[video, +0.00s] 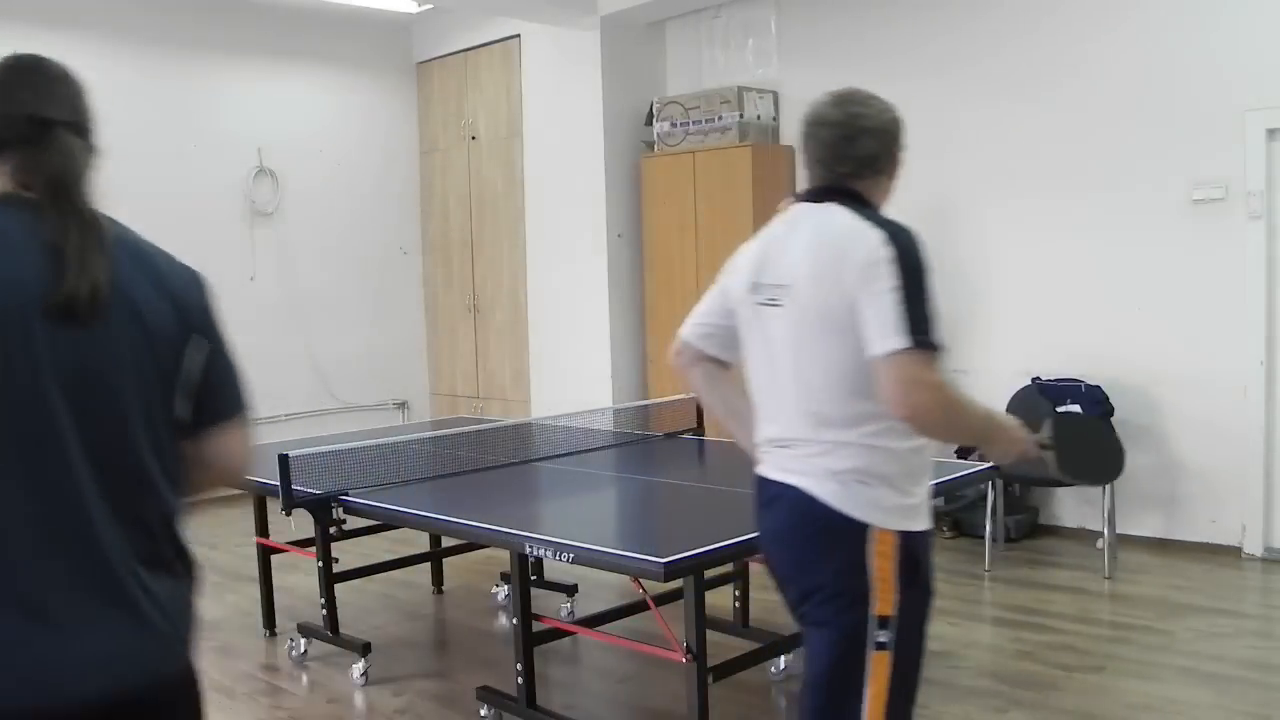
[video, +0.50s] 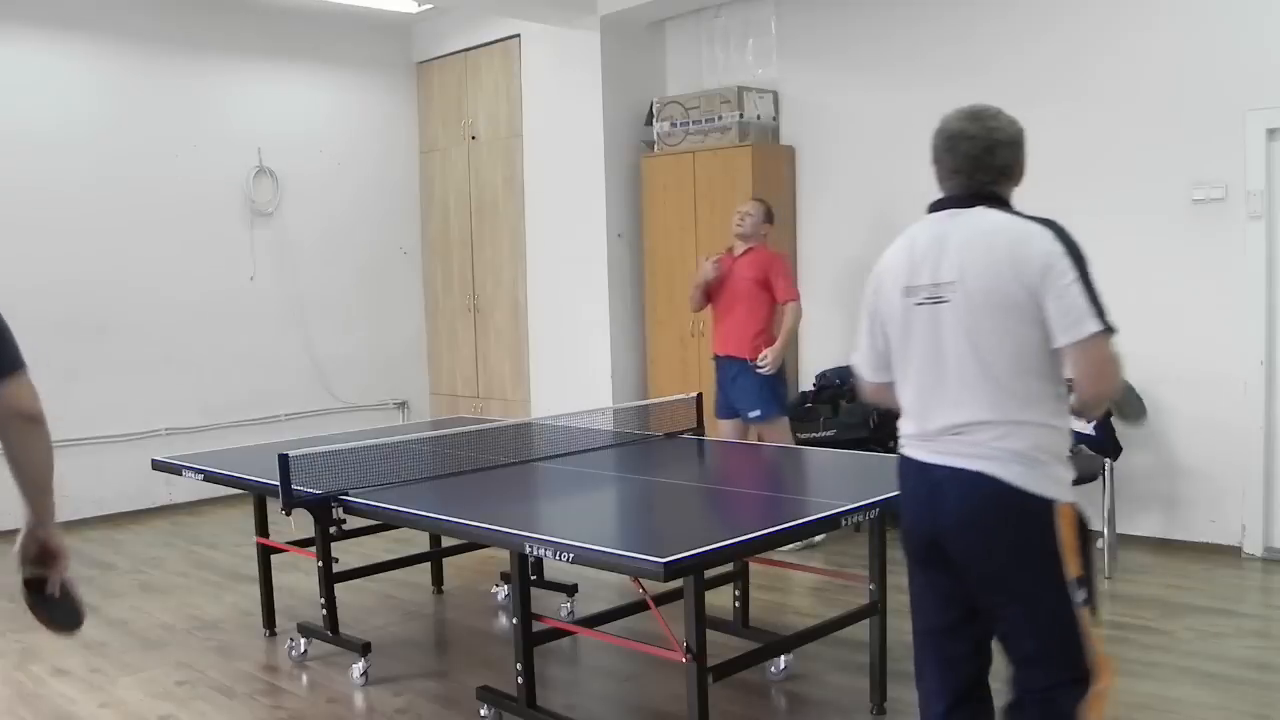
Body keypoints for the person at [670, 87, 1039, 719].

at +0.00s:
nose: (899, 165)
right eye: (897, 155)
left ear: (811, 161)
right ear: (890, 164)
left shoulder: (763, 245)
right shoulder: (880, 243)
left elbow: (694, 352)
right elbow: (911, 392)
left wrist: (764, 442)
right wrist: (996, 433)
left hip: (782, 506)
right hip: (862, 519)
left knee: (832, 692)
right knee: (867, 702)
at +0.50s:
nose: (1024, 167)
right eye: (1020, 158)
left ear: (941, 168)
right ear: (1016, 168)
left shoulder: (897, 255)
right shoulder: (1039, 243)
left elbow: (875, 387)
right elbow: (1098, 384)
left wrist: (944, 393)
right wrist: (1083, 399)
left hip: (921, 490)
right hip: (1010, 497)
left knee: (947, 681)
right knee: (1055, 676)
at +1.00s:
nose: (1083, 175)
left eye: (1086, 167)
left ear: (1087, 173)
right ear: (1161, 178)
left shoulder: (1040, 253)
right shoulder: (1198, 255)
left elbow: (996, 365)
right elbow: (1245, 380)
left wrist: (1064, 384)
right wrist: (1242, 461)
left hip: (1063, 481)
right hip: (1163, 486)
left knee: (1046, 653)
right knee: (1186, 665)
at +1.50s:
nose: (1112, 186)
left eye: (1114, 178)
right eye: (1115, 178)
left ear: (1125, 182)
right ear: (1187, 188)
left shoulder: (1077, 253)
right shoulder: (1229, 255)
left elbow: (1033, 363)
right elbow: (1268, 366)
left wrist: (1057, 427)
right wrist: (1279, 437)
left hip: (1102, 461)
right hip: (1199, 458)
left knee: (1095, 615)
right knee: (1197, 624)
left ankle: (1084, 710)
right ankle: (1197, 716)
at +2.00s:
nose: (1044, 194)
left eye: (1047, 185)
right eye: (1047, 185)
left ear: (1060, 189)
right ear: (1115, 189)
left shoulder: (1035, 261)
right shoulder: (1166, 241)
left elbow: (1000, 368)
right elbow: (1200, 326)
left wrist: (1006, 445)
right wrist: (1145, 355)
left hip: (1078, 438)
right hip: (1160, 434)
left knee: (1083, 582)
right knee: (1168, 578)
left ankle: (1093, 710)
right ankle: (1178, 709)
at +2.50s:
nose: (1060, 202)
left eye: (1064, 192)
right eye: (1063, 191)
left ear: (1079, 193)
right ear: (1123, 196)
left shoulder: (1063, 255)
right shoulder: (1161, 247)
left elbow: (1026, 359)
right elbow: (1139, 327)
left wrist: (1027, 407)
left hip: (1080, 425)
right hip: (1150, 423)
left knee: (1075, 566)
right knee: (1137, 554)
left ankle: (1094, 706)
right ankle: (1123, 682)